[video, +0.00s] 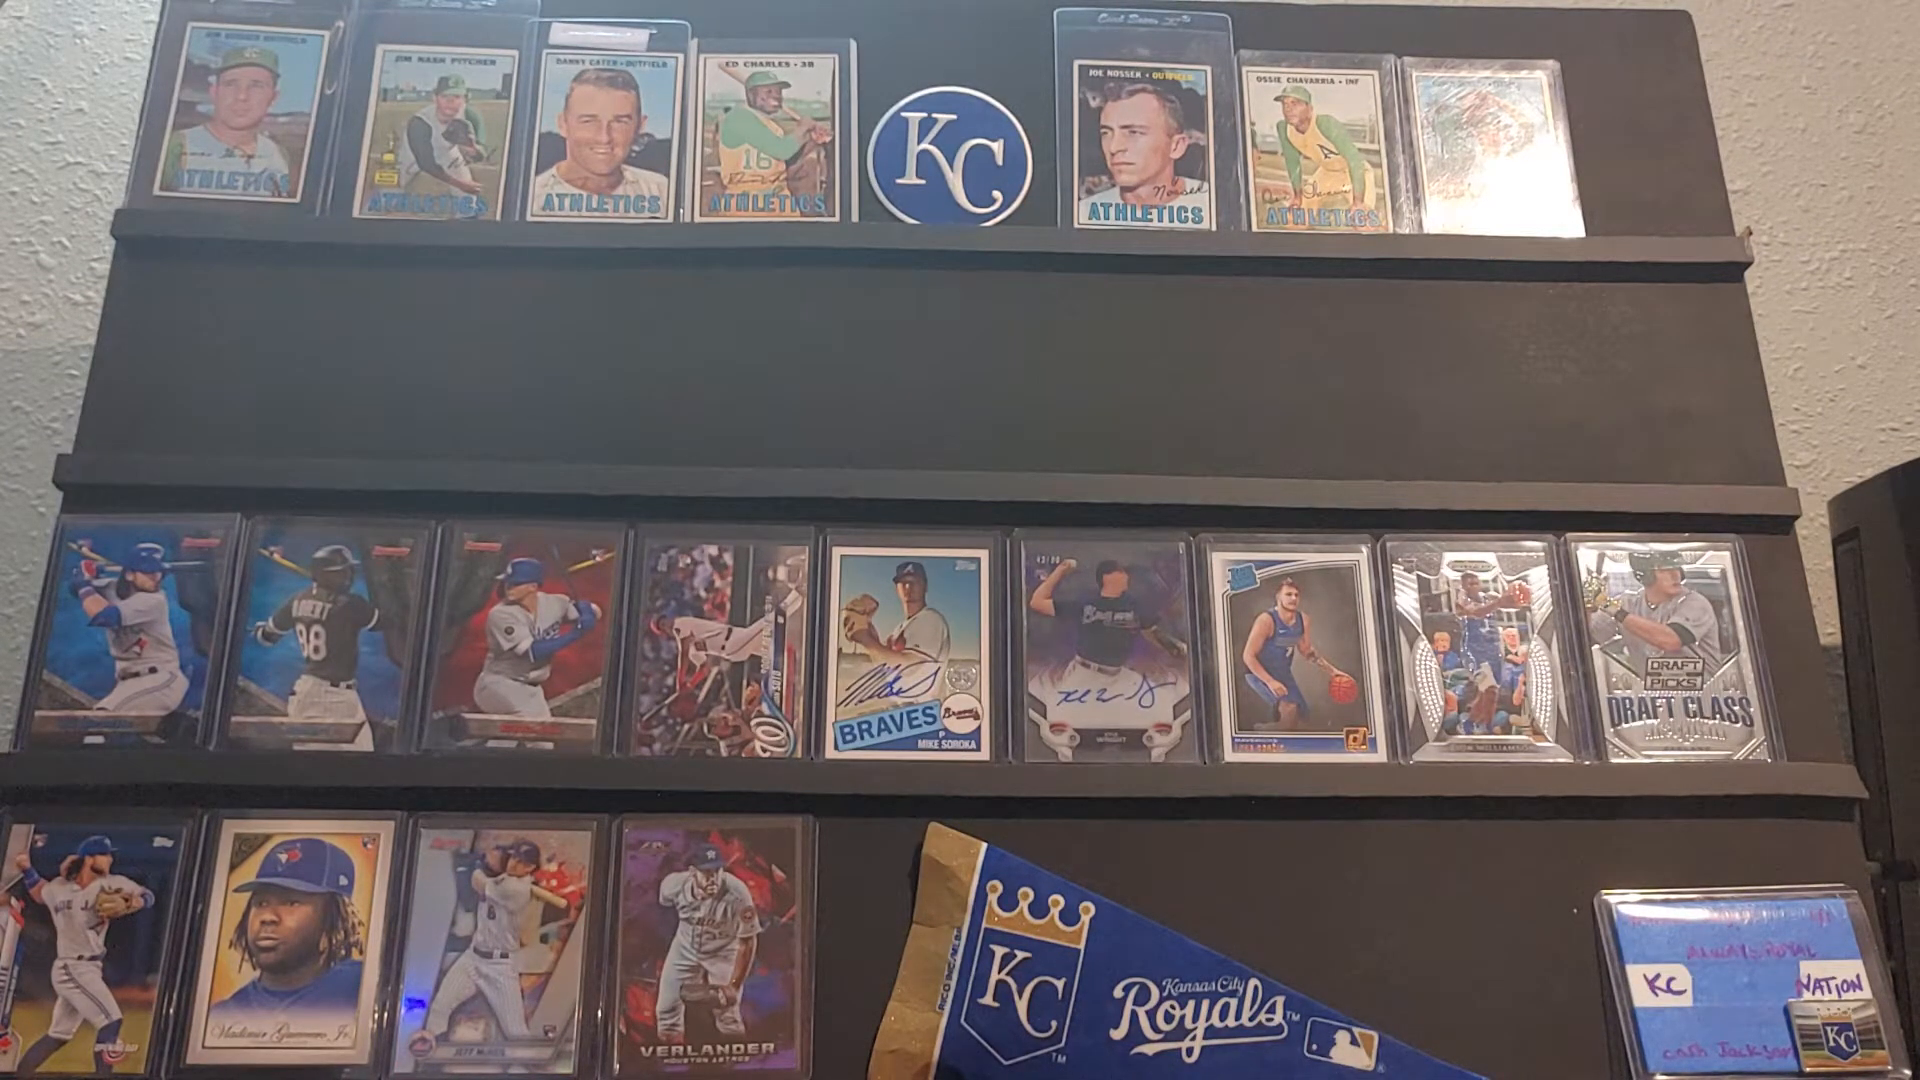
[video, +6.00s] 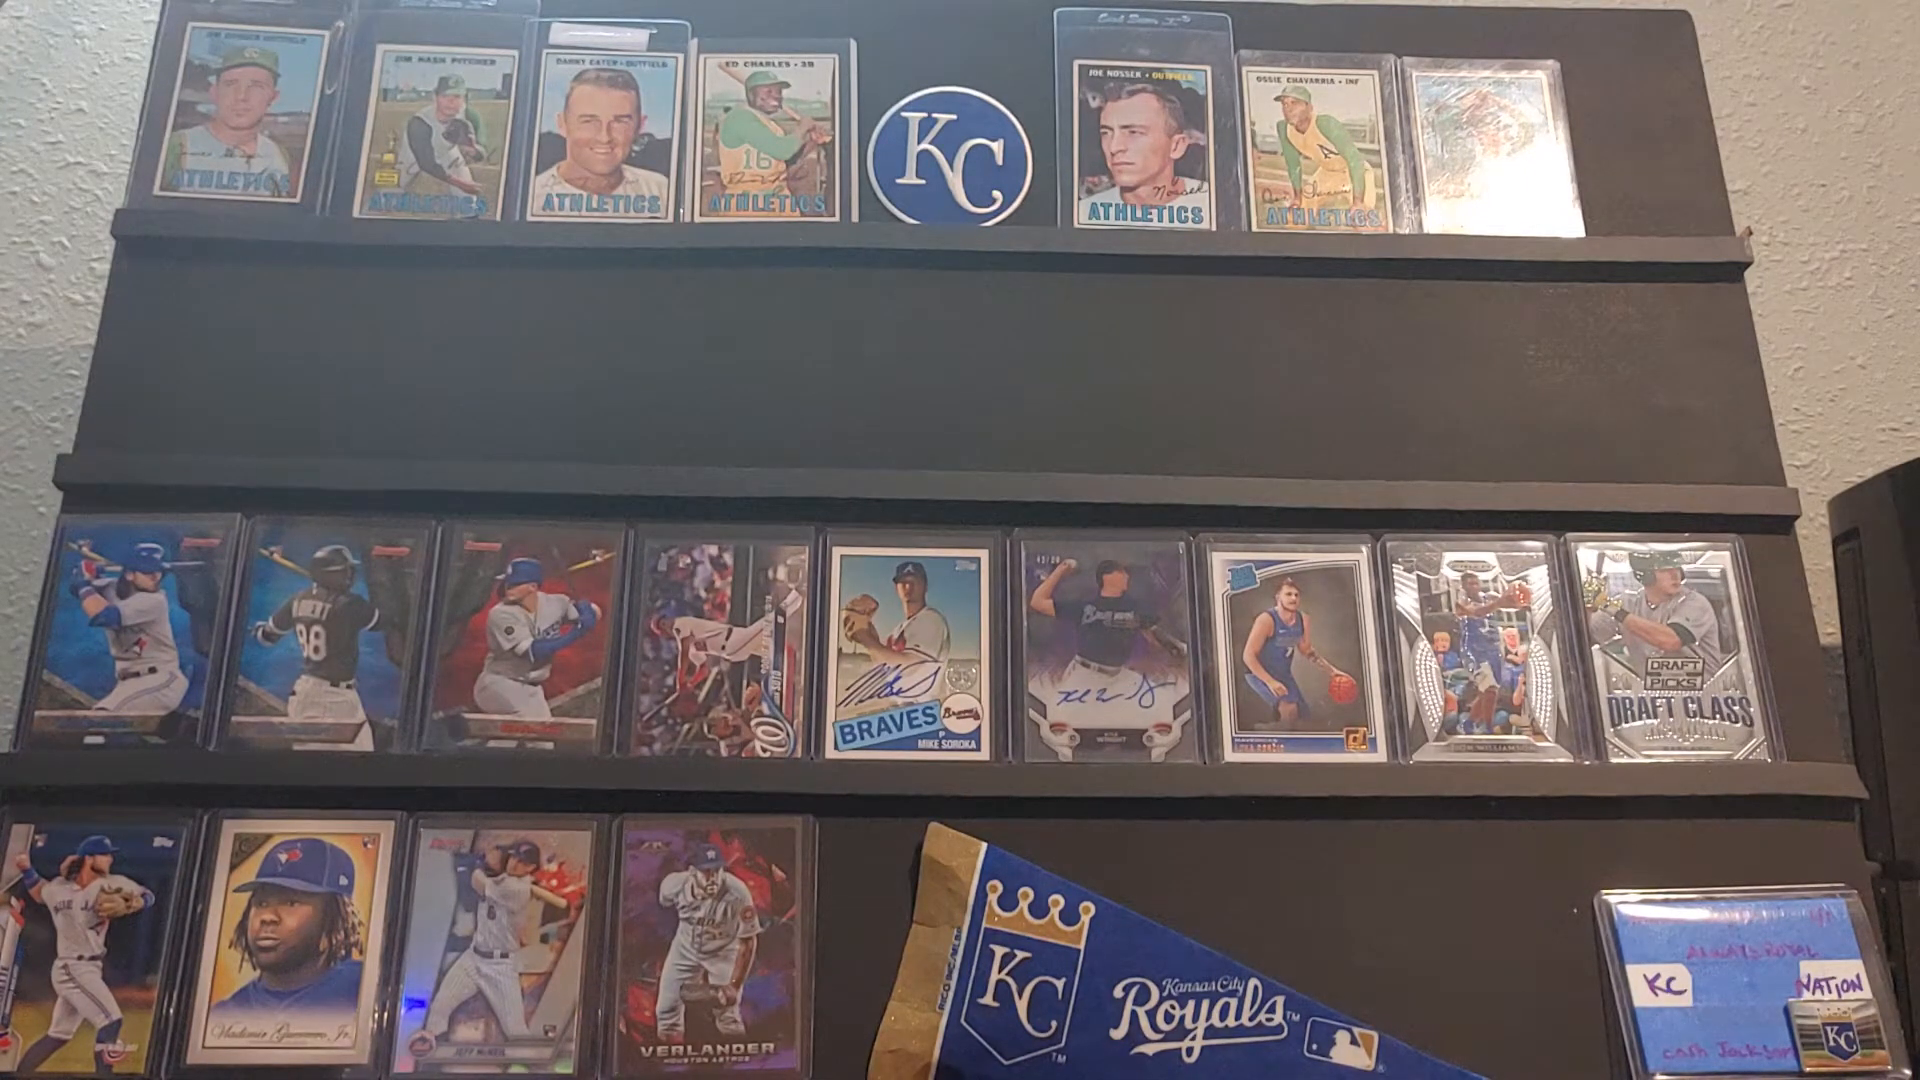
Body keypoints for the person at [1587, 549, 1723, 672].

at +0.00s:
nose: (1677, 575)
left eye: (1677, 568)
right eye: (1666, 569)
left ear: (1682, 570)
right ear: (1644, 574)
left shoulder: (1696, 604)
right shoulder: (1629, 604)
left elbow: (1671, 641)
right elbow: (1587, 639)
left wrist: (1619, 614)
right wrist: (1585, 610)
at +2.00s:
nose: (1676, 575)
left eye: (1677, 568)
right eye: (1667, 569)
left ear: (1682, 570)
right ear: (1645, 574)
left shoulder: (1696, 604)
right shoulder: (1627, 604)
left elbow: (1670, 641)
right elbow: (1584, 638)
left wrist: (1621, 614)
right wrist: (1585, 609)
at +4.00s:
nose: (1676, 575)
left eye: (1677, 568)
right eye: (1666, 569)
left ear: (1682, 571)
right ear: (1644, 574)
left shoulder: (1696, 604)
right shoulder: (1628, 604)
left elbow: (1671, 641)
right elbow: (1586, 635)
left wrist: (1619, 613)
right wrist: (1584, 607)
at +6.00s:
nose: (1675, 574)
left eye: (1677, 567)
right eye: (1665, 569)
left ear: (1682, 570)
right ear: (1644, 575)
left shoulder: (1696, 604)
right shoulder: (1628, 604)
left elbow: (1671, 641)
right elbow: (1586, 638)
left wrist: (1620, 614)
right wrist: (1585, 609)